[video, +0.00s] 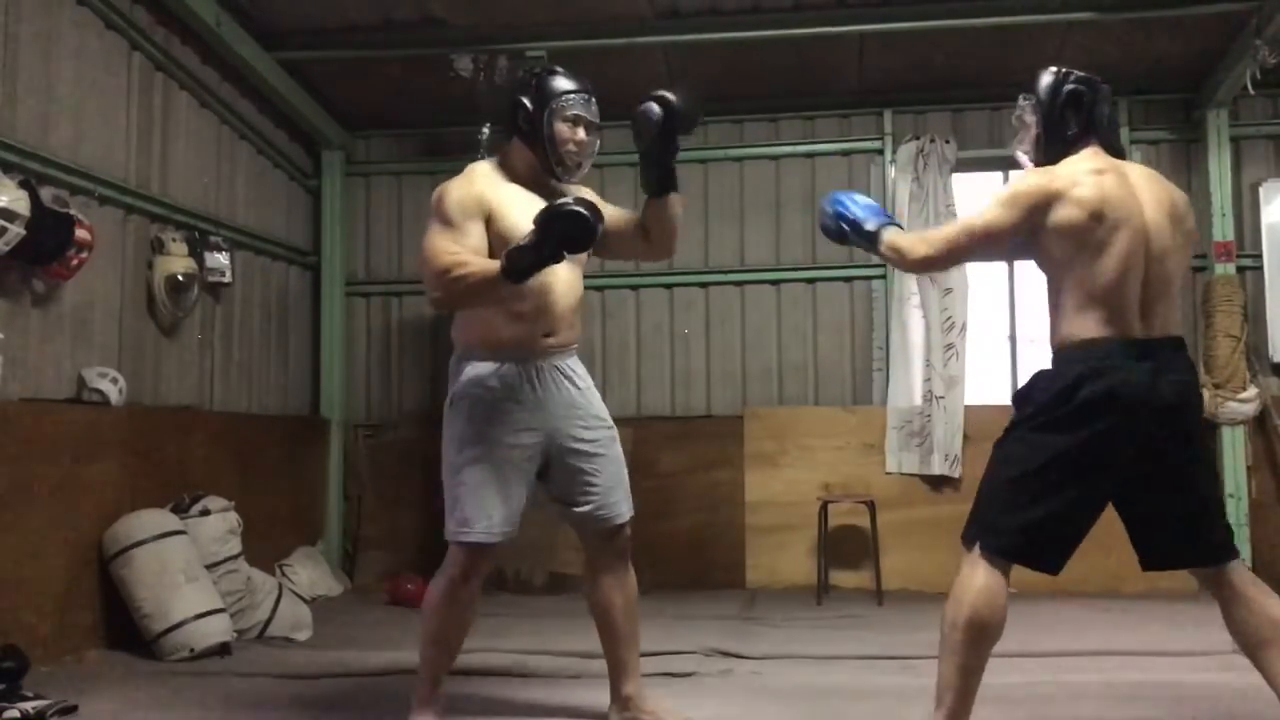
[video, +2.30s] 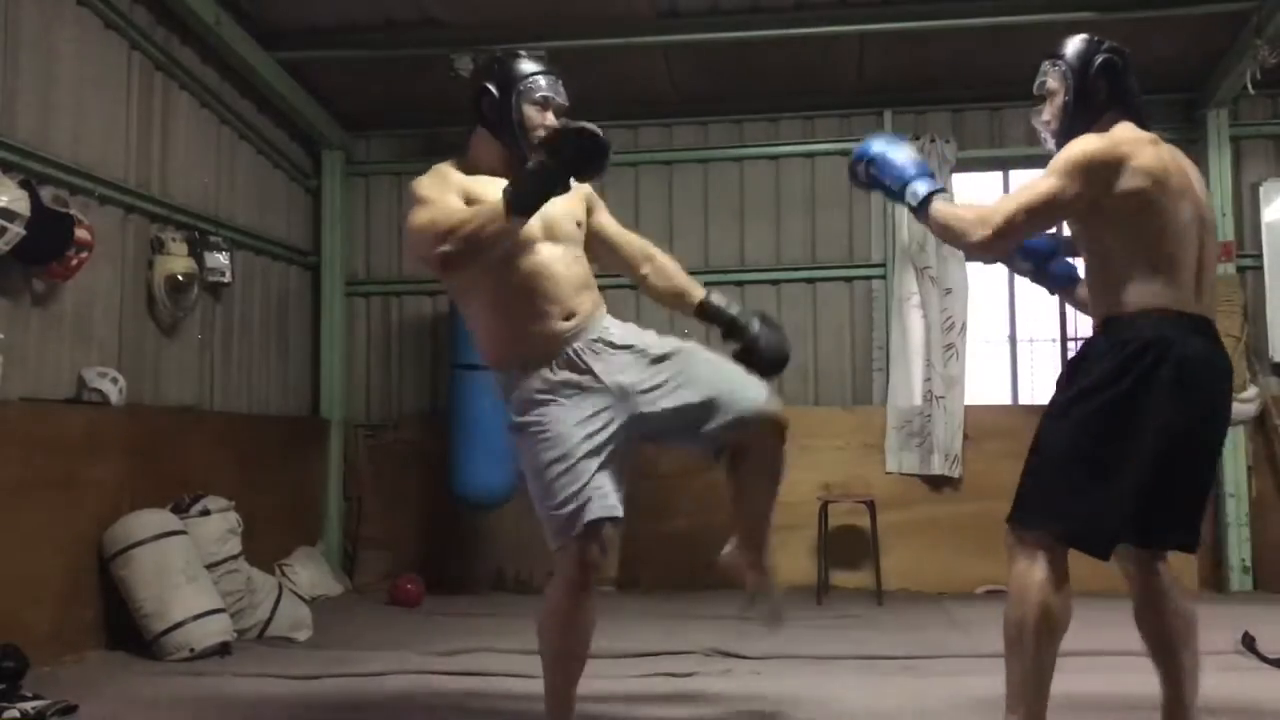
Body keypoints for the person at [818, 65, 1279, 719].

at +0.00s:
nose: (1019, 143)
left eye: (1023, 128)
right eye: (1019, 128)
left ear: (1051, 127)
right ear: (1097, 125)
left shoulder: (1046, 188)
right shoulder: (1172, 197)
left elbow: (927, 253)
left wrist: (873, 232)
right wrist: (1038, 187)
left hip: (1081, 391)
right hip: (1173, 391)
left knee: (987, 556)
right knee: (1226, 569)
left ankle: (949, 712)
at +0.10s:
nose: (1043, 139)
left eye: (1050, 123)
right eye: (1044, 123)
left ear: (1084, 124)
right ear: (1122, 125)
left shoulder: (1088, 187)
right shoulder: (1198, 195)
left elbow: (1007, 287)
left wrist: (931, 269)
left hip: (1111, 393)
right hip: (1199, 393)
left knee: (1015, 557)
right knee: (1242, 574)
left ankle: (959, 709)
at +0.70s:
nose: (1043, 142)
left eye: (1044, 125)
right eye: (1039, 129)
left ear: (1066, 117)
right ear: (1119, 114)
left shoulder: (1095, 169)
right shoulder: (1187, 177)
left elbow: (984, 234)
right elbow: (1170, 311)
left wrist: (959, 161)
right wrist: (1066, 305)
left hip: (1141, 377)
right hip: (1224, 376)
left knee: (1035, 543)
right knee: (1241, 556)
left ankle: (1034, 712)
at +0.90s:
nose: (1060, 131)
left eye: (1064, 113)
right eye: (1057, 115)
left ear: (1098, 109)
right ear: (1135, 109)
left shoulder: (1127, 166)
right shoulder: (1201, 174)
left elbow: (1032, 252)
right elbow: (1155, 313)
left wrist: (985, 189)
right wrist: (1068, 282)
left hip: (1156, 379)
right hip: (1239, 376)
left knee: (1061, 549)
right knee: (1272, 563)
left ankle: (1038, 711)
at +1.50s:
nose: (1049, 139)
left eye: (1059, 122)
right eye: (1046, 126)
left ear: (1106, 119)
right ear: (1118, 125)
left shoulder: (1141, 181)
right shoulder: (1174, 183)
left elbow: (1109, 305)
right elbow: (1134, 290)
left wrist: (1023, 260)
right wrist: (1057, 244)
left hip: (1161, 390)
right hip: (1218, 390)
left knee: (1037, 548)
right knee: (1239, 571)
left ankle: (1030, 713)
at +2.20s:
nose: (1021, 123)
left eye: (1029, 106)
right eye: (1021, 108)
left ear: (1069, 103)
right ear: (1099, 106)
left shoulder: (1097, 162)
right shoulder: (1154, 175)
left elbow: (1004, 244)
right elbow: (1146, 300)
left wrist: (957, 175)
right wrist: (1053, 296)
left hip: (1128, 374)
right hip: (1197, 378)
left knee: (1030, 545)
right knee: (1196, 565)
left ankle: (1028, 712)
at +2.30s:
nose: (1040, 113)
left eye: (1048, 96)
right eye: (1038, 98)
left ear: (1087, 92)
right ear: (1118, 95)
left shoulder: (1095, 152)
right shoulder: (1182, 169)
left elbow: (984, 234)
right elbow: (1129, 298)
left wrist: (912, 186)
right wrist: (1046, 268)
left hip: (1129, 358)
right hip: (1202, 364)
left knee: (1035, 538)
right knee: (1142, 554)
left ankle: (1024, 712)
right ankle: (1180, 712)